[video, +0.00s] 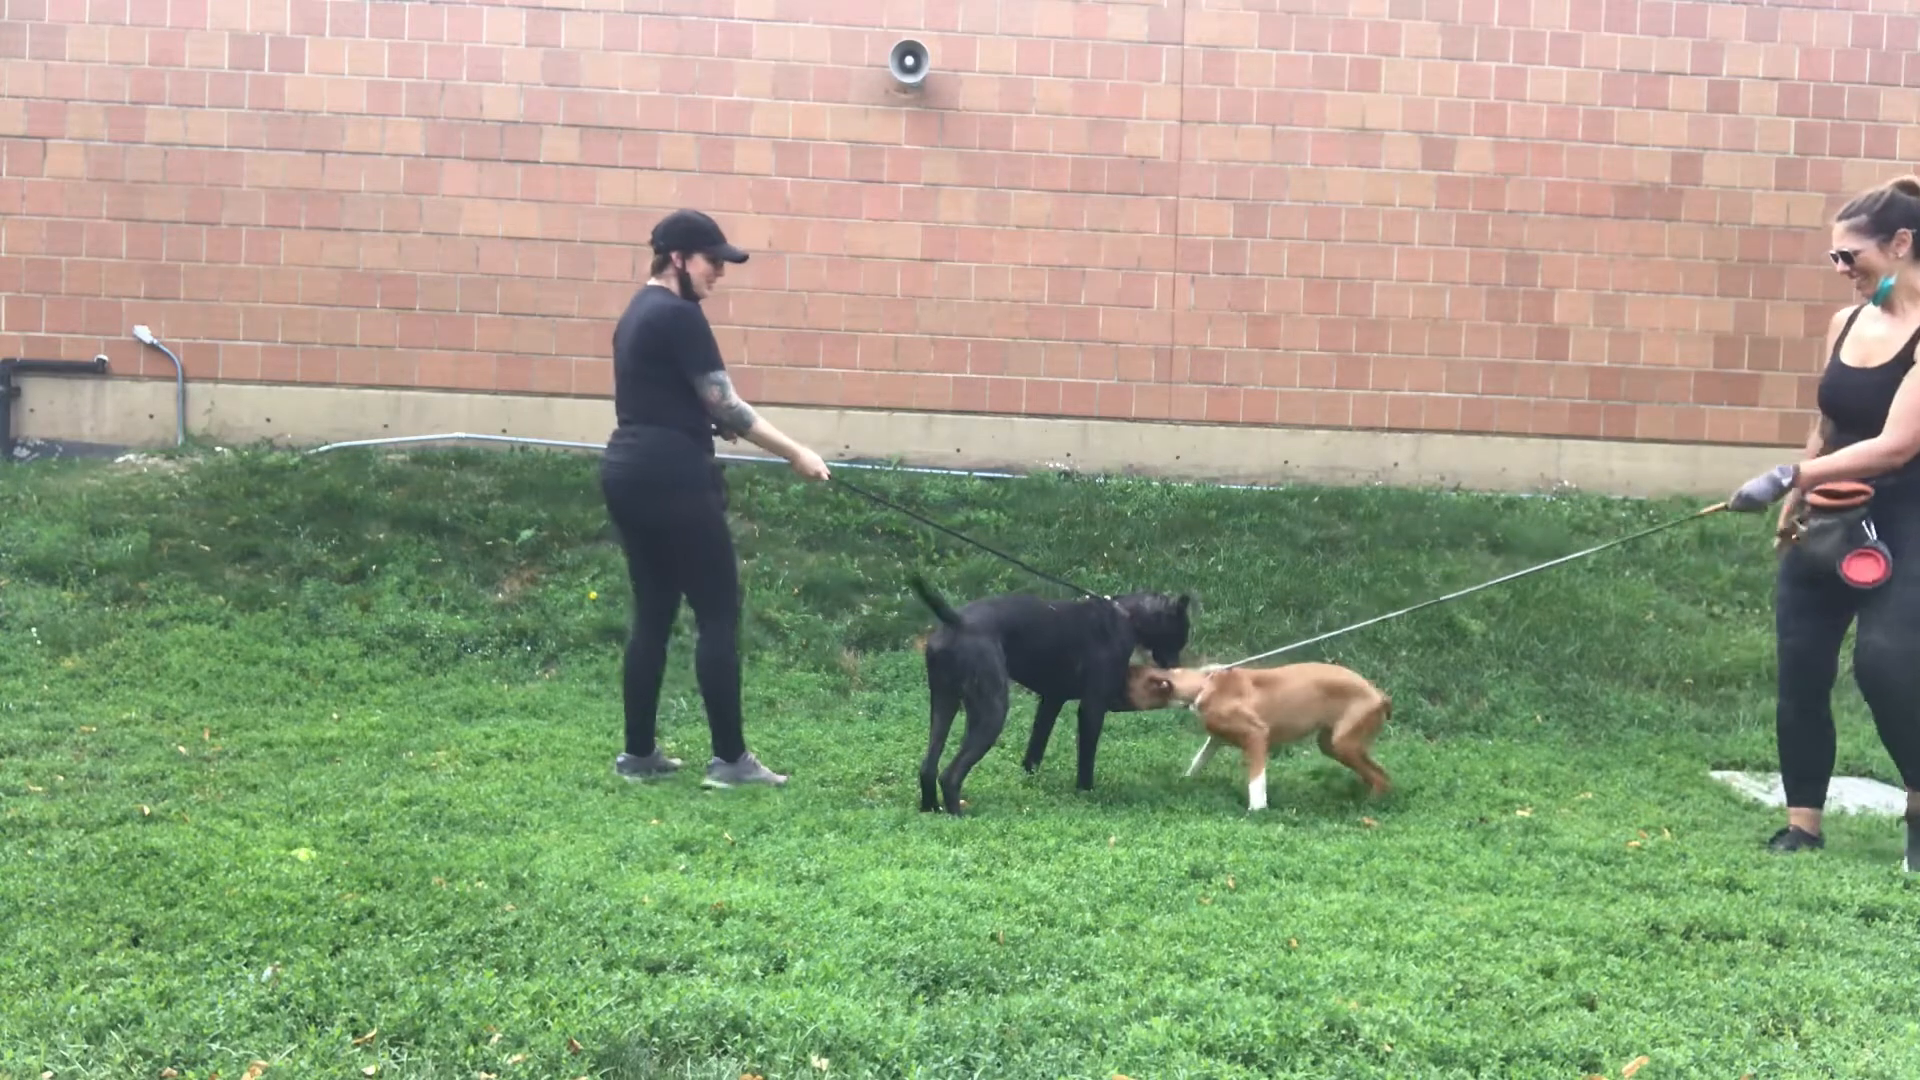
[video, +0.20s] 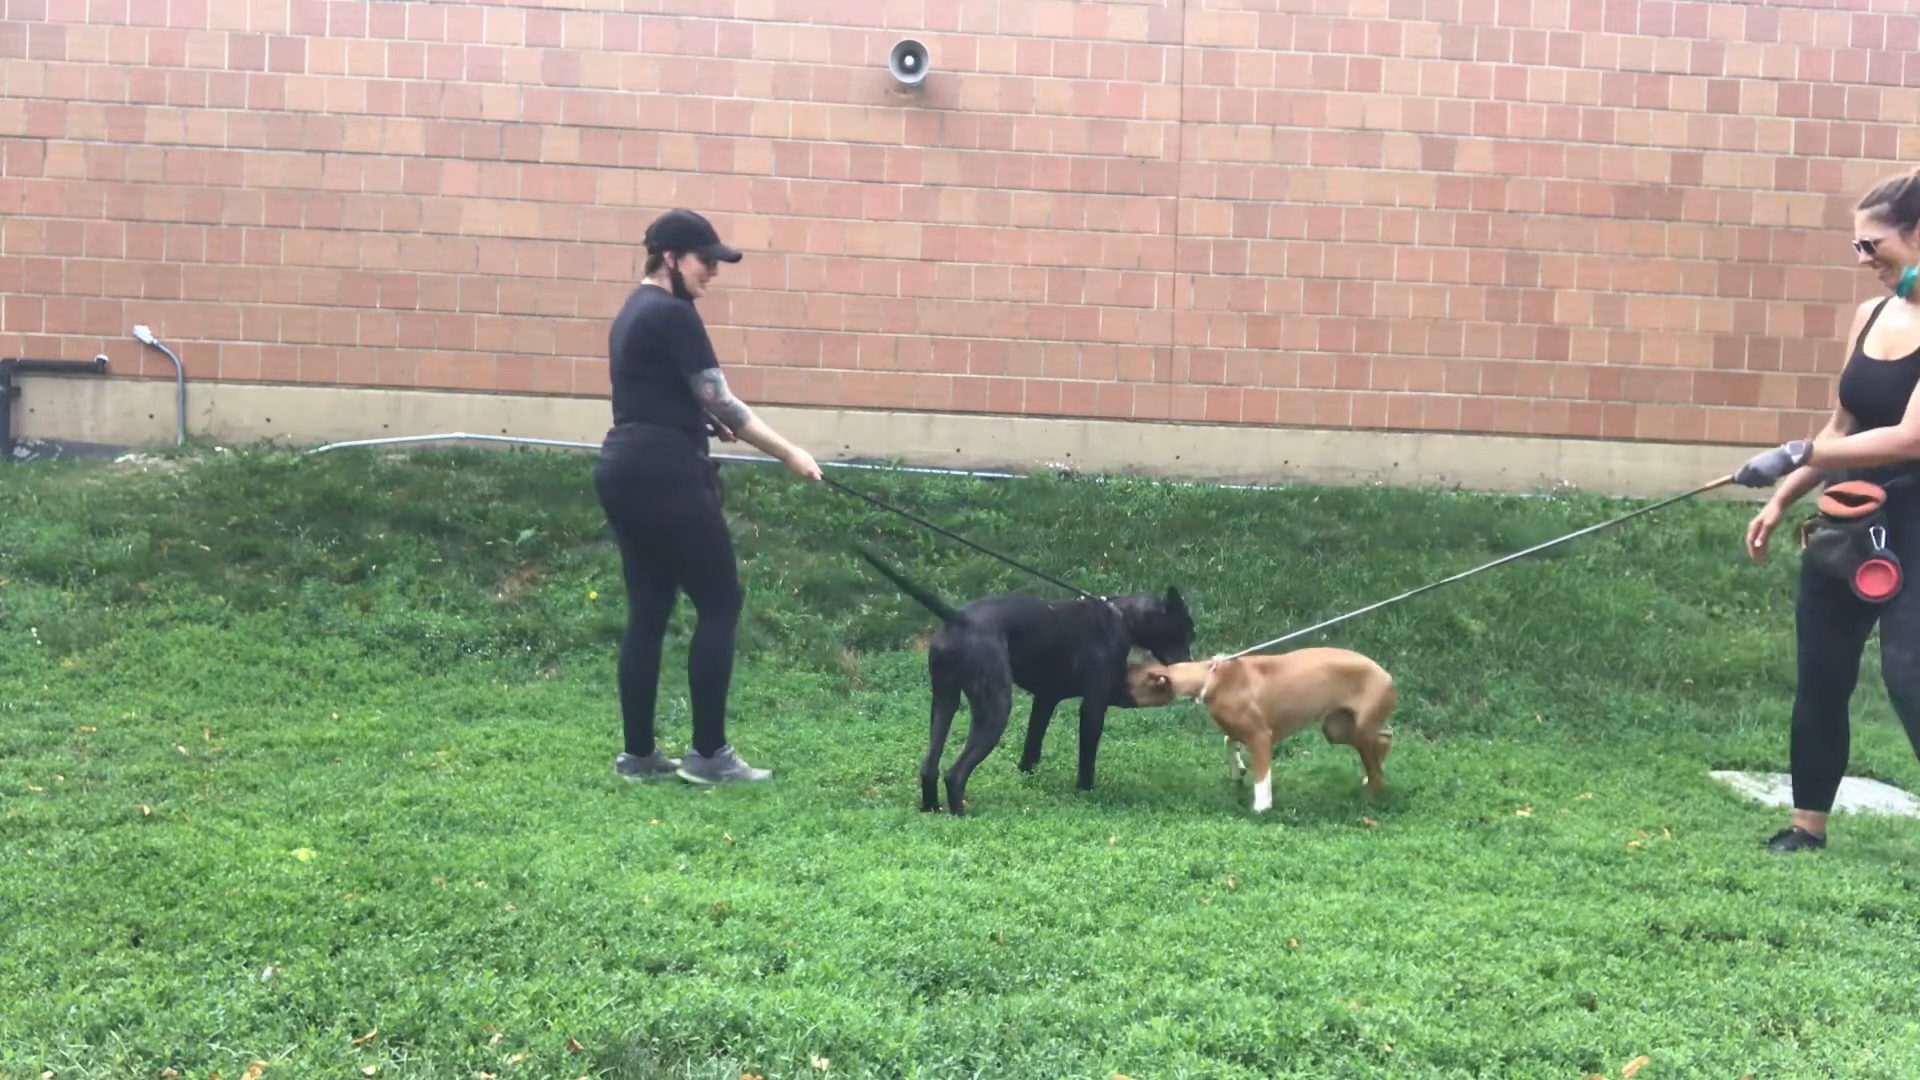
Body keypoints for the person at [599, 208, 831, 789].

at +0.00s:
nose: (720, 273)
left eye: (721, 263)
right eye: (714, 262)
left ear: (674, 261)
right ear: (679, 258)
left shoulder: (639, 311)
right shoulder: (680, 315)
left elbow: (671, 405)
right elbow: (725, 409)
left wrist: (726, 422)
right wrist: (795, 452)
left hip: (629, 466)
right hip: (676, 472)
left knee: (653, 609)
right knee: (719, 611)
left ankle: (639, 753)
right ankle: (732, 759)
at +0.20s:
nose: (713, 273)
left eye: (714, 263)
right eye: (707, 262)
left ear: (668, 260)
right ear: (672, 258)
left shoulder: (635, 309)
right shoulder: (674, 313)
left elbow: (661, 399)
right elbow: (720, 403)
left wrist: (712, 419)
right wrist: (788, 452)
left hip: (623, 464)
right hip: (667, 468)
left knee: (648, 608)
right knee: (721, 600)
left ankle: (639, 753)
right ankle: (709, 753)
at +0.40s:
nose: (711, 272)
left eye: (712, 262)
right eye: (704, 261)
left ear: (667, 260)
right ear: (669, 258)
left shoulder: (635, 310)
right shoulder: (675, 314)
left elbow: (668, 403)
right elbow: (720, 406)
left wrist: (723, 422)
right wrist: (786, 451)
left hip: (625, 463)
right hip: (670, 468)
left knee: (644, 609)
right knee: (701, 609)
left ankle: (639, 753)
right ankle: (706, 756)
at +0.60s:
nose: (715, 272)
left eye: (716, 262)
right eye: (708, 261)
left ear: (673, 262)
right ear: (674, 259)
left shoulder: (646, 309)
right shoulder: (677, 315)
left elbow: (675, 403)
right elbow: (725, 402)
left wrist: (726, 421)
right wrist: (796, 448)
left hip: (626, 465)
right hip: (667, 468)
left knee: (643, 608)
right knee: (725, 601)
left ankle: (637, 753)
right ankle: (711, 747)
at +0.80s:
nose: (734, 270)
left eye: (735, 261)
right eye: (726, 260)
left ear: (695, 264)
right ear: (692, 261)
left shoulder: (669, 309)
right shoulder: (695, 316)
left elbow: (702, 402)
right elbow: (733, 405)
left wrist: (745, 424)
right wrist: (802, 450)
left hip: (651, 466)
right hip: (685, 472)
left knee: (660, 611)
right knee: (730, 609)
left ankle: (638, 753)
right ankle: (747, 751)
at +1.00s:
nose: (756, 277)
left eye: (758, 267)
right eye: (748, 265)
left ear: (711, 269)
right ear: (714, 265)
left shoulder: (685, 312)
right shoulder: (716, 316)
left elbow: (690, 407)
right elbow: (740, 405)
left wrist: (737, 458)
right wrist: (807, 452)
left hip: (665, 466)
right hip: (702, 470)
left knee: (711, 611)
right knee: (733, 613)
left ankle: (644, 732)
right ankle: (746, 754)